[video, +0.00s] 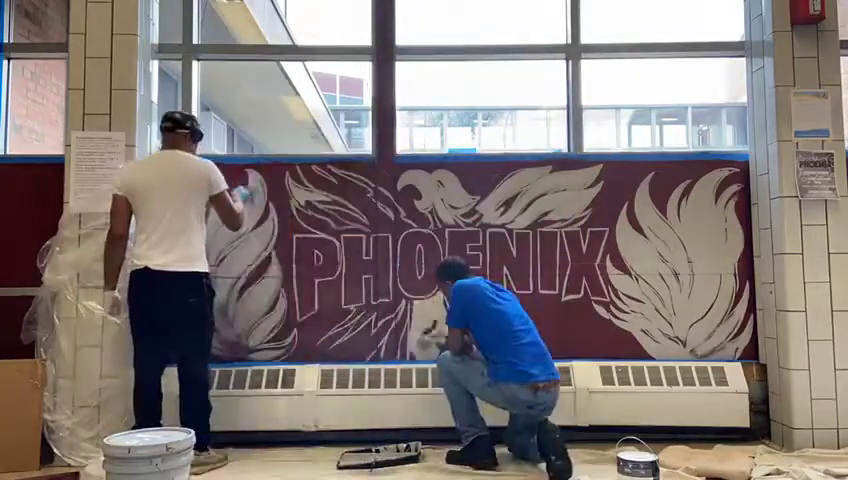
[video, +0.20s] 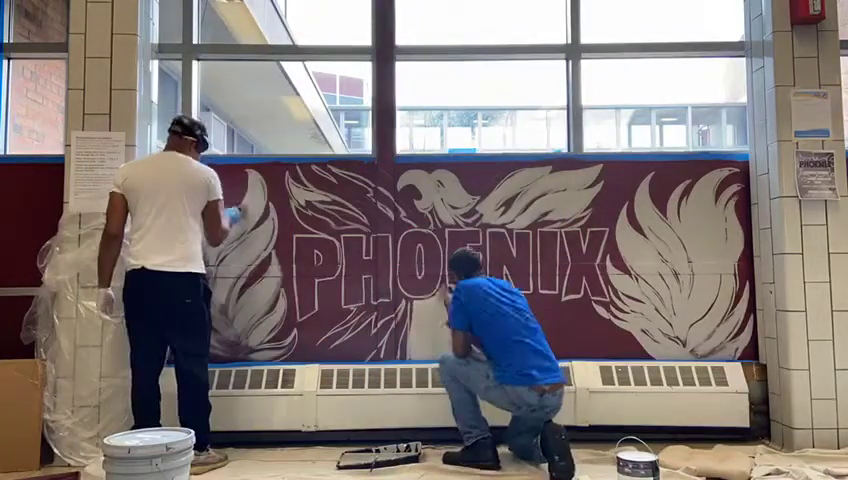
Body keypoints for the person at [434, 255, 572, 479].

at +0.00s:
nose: (444, 295)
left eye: (442, 290)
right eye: (442, 290)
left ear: (447, 283)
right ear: (469, 274)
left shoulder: (461, 289)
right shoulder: (501, 291)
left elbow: (456, 347)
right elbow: (497, 350)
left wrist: (468, 345)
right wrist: (468, 342)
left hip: (515, 390)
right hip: (549, 393)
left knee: (447, 362)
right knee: (518, 443)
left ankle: (477, 446)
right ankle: (545, 440)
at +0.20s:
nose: (453, 280)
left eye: (452, 276)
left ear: (454, 276)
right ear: (482, 269)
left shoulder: (463, 291)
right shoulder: (508, 287)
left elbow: (461, 351)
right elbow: (498, 351)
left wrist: (452, 310)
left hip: (520, 392)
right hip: (554, 394)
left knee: (449, 364)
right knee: (518, 441)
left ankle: (479, 446)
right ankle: (548, 439)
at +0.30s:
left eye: (462, 272)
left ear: (462, 272)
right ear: (488, 268)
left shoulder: (466, 289)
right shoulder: (515, 287)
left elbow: (461, 350)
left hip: (520, 393)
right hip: (556, 395)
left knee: (451, 363)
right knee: (518, 441)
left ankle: (479, 446)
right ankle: (548, 440)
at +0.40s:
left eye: (459, 268)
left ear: (461, 270)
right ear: (489, 268)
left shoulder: (459, 295)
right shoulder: (513, 292)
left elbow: (443, 352)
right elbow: (517, 339)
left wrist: (467, 343)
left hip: (507, 394)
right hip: (545, 393)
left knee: (441, 369)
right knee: (518, 444)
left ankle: (475, 446)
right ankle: (549, 441)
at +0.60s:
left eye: (443, 272)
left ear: (444, 273)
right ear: (472, 270)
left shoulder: (441, 294)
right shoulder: (496, 289)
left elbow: (440, 353)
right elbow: (506, 337)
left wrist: (469, 355)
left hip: (489, 398)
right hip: (527, 397)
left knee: (433, 371)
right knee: (515, 448)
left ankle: (469, 443)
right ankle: (539, 441)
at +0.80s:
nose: (431, 282)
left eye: (432, 277)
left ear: (436, 277)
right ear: (464, 274)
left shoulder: (437, 299)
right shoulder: (488, 294)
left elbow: (439, 357)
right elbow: (500, 345)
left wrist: (471, 353)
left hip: (488, 408)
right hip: (525, 408)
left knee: (431, 372)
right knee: (515, 447)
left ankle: (467, 443)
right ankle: (538, 442)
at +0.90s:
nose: (423, 285)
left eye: (424, 280)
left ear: (427, 280)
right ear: (454, 277)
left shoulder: (428, 301)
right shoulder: (479, 296)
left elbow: (434, 358)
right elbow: (490, 343)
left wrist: (465, 352)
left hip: (484, 412)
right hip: (520, 410)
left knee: (429, 373)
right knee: (514, 447)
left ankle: (465, 443)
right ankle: (535, 442)